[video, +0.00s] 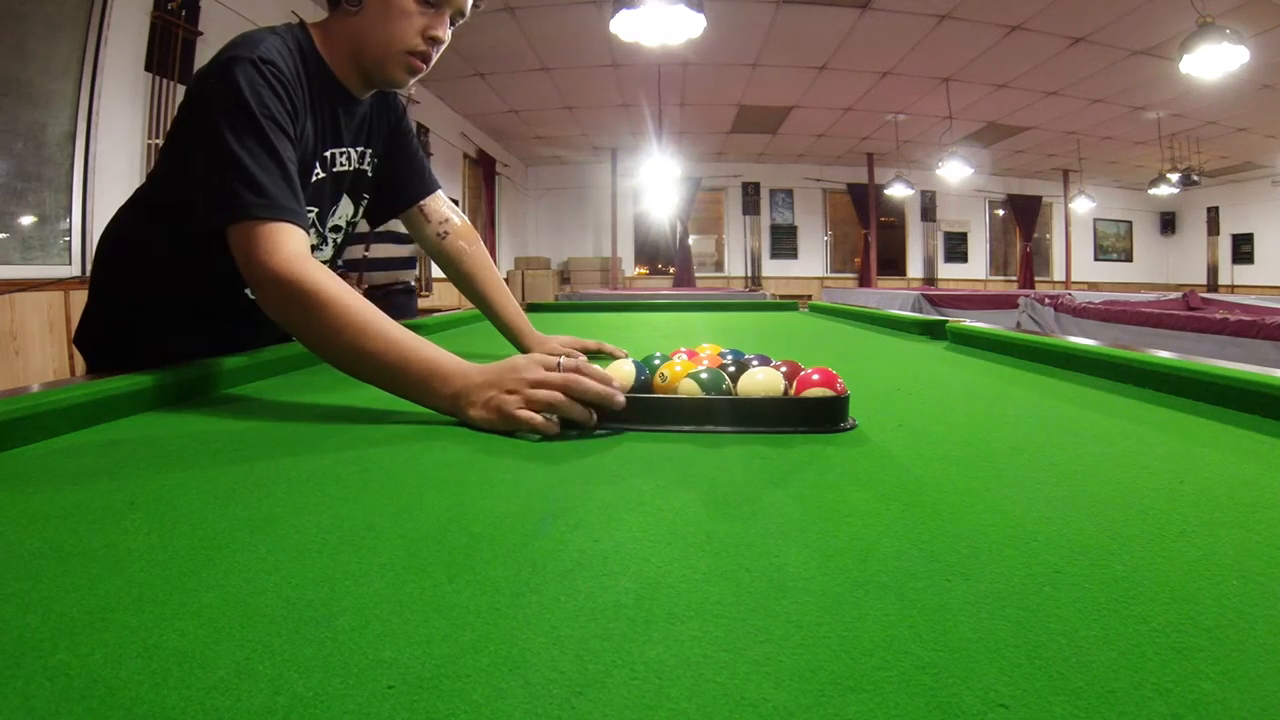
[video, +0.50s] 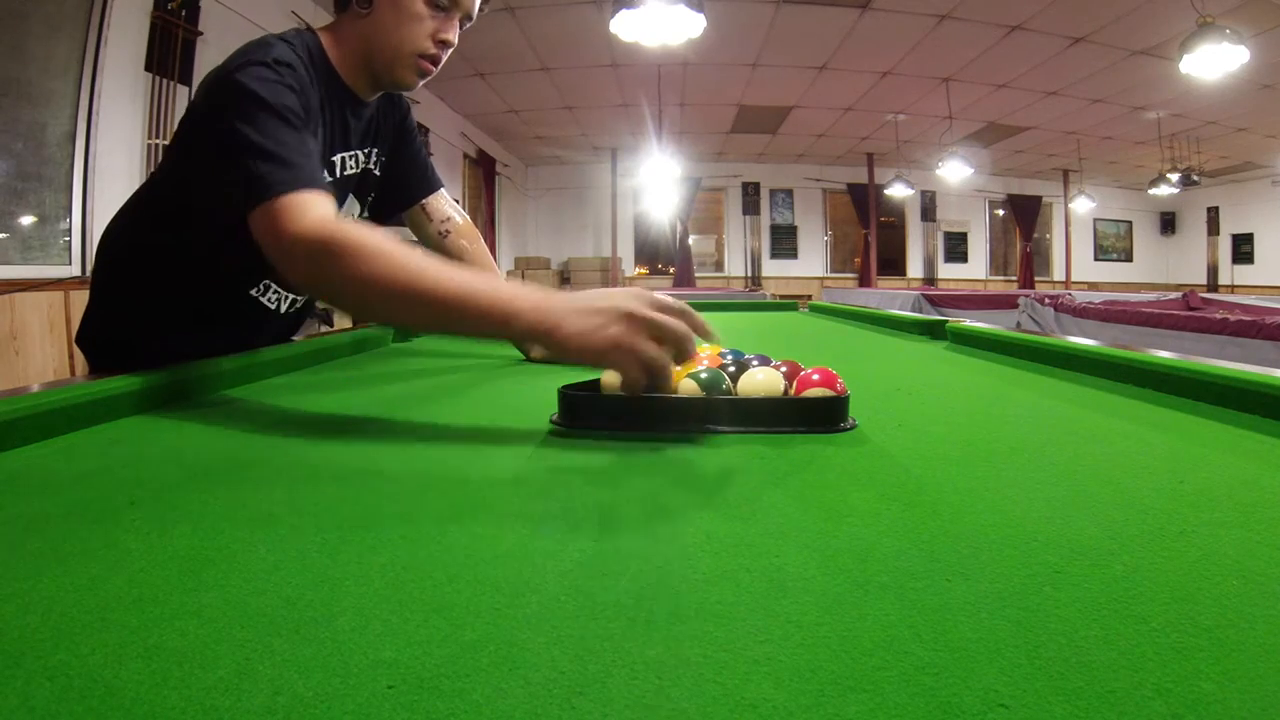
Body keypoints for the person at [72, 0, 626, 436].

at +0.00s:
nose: (441, 36)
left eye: (452, 21)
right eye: (428, 7)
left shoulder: (382, 107)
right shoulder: (255, 72)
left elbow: (442, 227)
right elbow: (279, 271)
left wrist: (529, 340)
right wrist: (464, 385)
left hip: (262, 335)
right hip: (152, 341)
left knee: (241, 525)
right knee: (138, 534)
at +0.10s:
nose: (442, 35)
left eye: (451, 20)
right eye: (427, 6)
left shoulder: (382, 106)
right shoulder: (255, 73)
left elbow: (443, 227)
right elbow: (277, 272)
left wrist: (529, 341)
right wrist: (460, 384)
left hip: (262, 336)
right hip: (152, 342)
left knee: (242, 525)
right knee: (139, 534)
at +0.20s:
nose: (443, 35)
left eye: (453, 21)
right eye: (429, 7)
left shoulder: (382, 105)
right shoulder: (255, 76)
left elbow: (444, 227)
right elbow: (273, 273)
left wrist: (530, 345)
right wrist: (457, 384)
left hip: (260, 339)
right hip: (150, 343)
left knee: (238, 528)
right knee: (135, 537)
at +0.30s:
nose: (444, 34)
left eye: (454, 21)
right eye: (430, 5)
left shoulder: (384, 106)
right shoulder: (256, 82)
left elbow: (443, 225)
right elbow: (273, 278)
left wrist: (522, 335)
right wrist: (464, 374)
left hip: (257, 341)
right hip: (150, 343)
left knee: (241, 521)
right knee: (143, 531)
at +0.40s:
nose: (450, 35)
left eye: (458, 21)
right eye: (438, 6)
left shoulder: (386, 110)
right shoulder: (259, 81)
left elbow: (447, 225)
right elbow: (283, 266)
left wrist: (517, 329)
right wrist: (496, 347)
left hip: (258, 333)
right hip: (150, 334)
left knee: (243, 513)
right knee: (141, 522)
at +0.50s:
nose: (452, 37)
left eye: (460, 22)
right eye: (437, 10)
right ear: (359, 3)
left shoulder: (387, 108)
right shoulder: (266, 78)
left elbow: (444, 224)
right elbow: (305, 247)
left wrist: (517, 320)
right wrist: (547, 319)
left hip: (254, 338)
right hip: (149, 337)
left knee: (241, 517)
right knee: (137, 528)